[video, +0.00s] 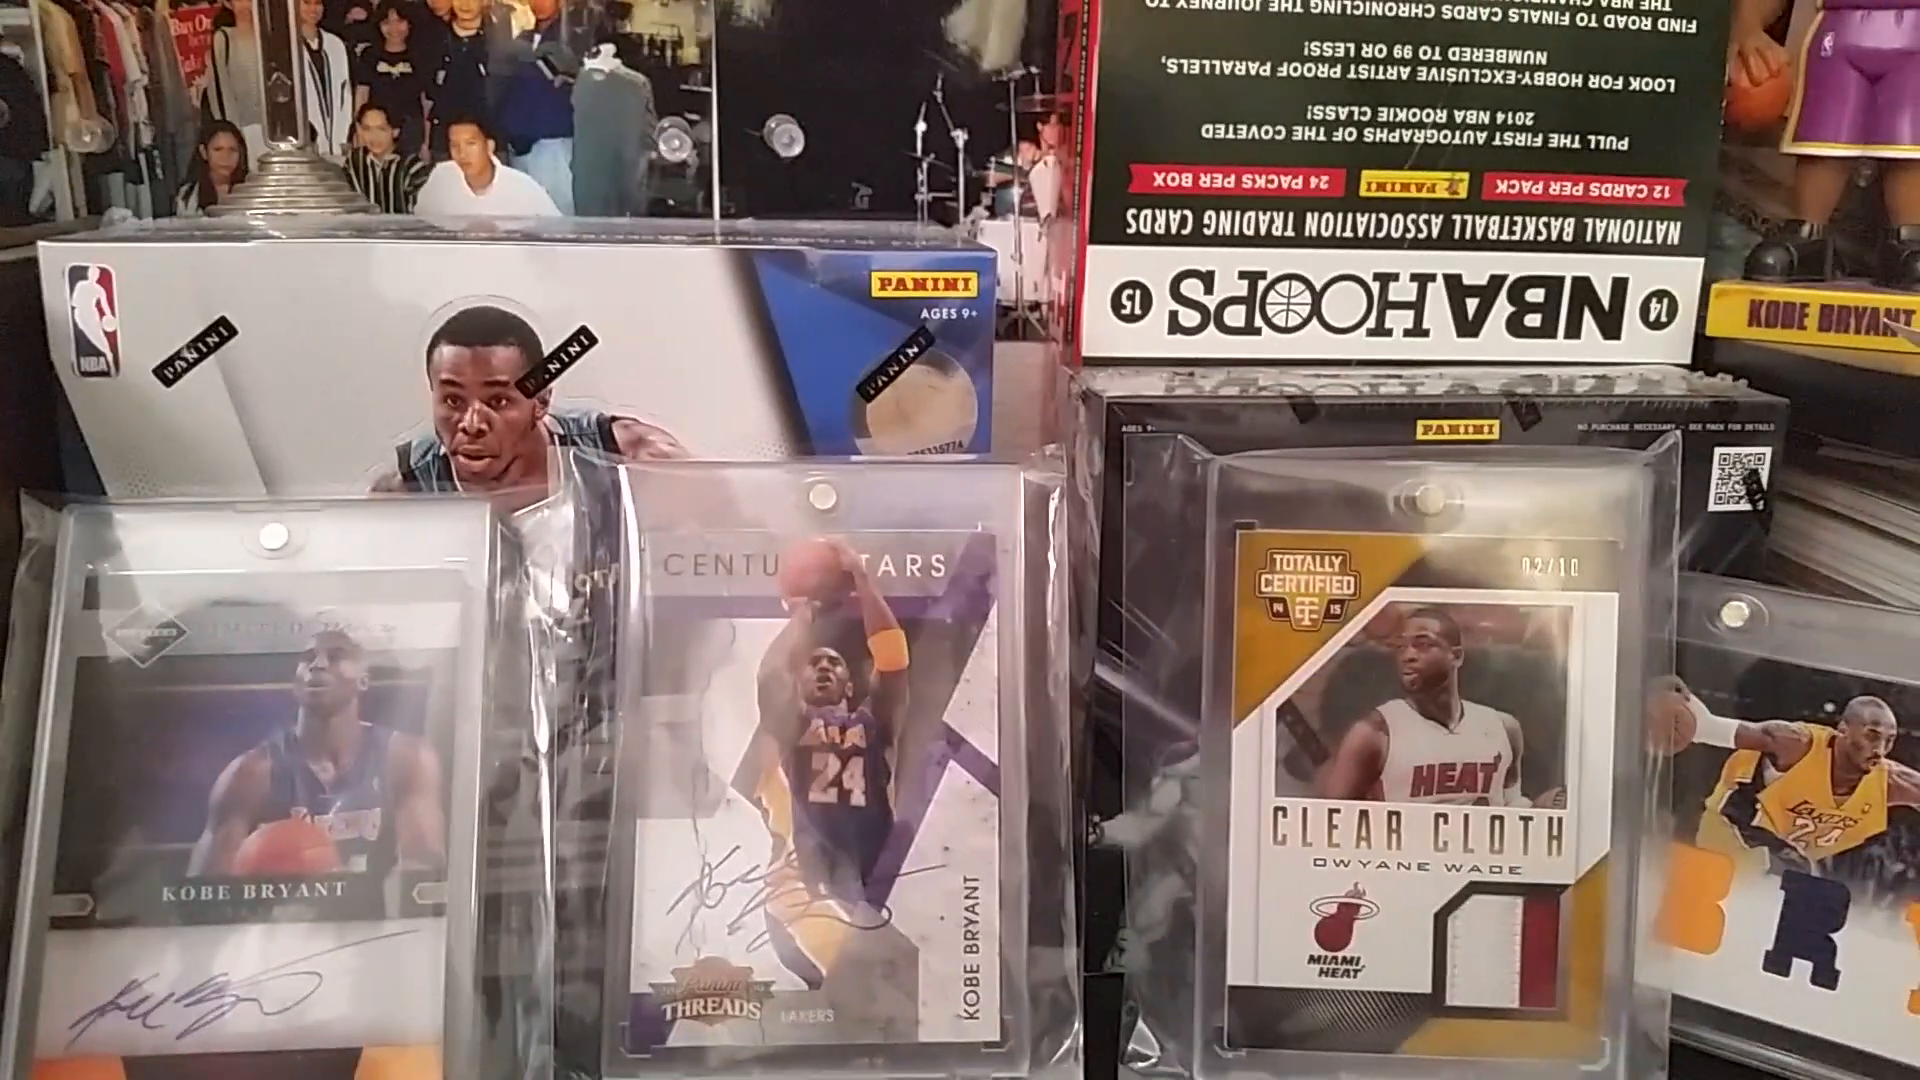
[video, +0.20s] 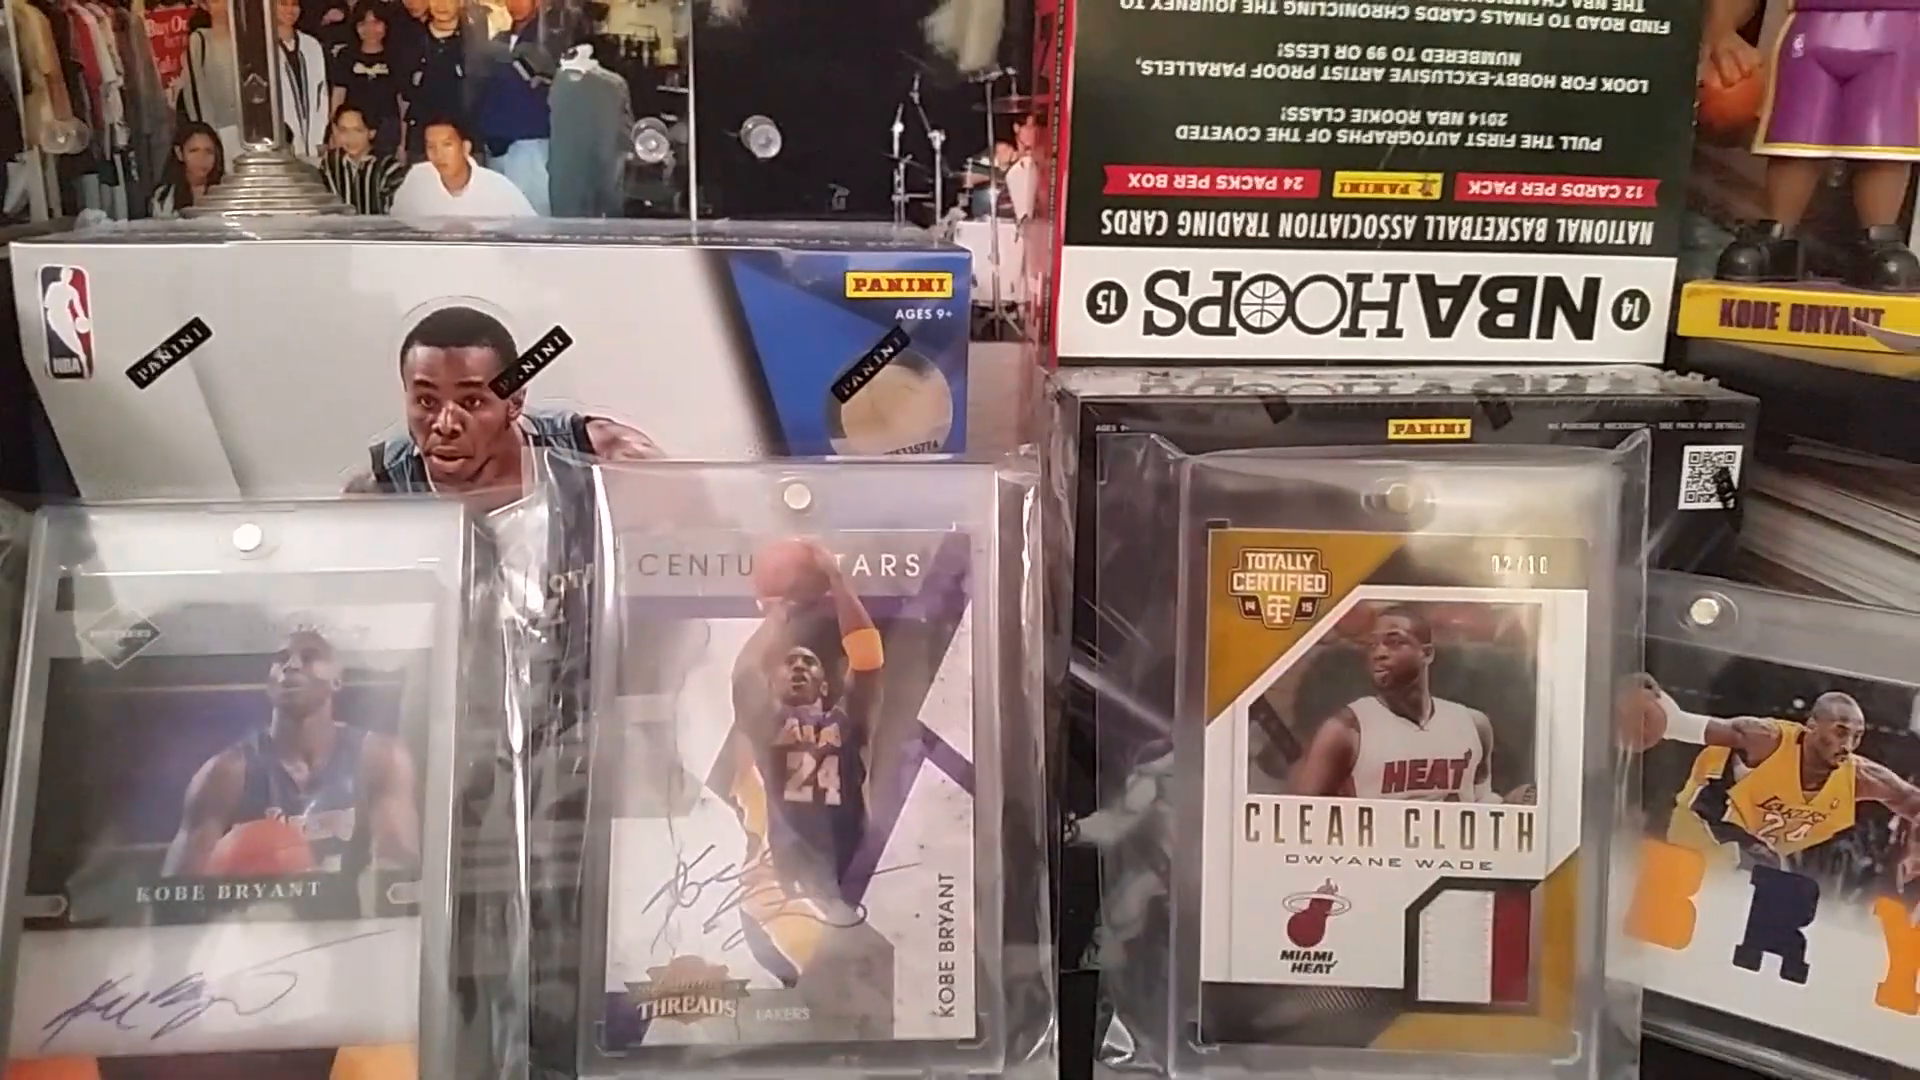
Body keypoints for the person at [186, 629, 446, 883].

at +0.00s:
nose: (318, 665)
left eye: (336, 656)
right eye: (308, 657)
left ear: (364, 677)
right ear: (294, 676)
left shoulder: (409, 759)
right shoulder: (248, 775)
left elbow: (423, 871)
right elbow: (202, 896)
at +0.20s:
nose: (291, 667)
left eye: (309, 658)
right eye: (281, 659)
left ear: (338, 678)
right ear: (268, 677)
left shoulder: (383, 759)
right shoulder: (223, 775)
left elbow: (398, 874)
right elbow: (175, 894)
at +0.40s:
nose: (308, 660)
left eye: (327, 651)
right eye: (298, 651)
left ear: (355, 669)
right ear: (285, 668)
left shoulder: (399, 750)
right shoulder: (240, 767)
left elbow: (413, 864)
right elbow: (191, 887)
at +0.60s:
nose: (315, 661)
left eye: (332, 652)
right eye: (306, 653)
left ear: (361, 672)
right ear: (293, 670)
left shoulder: (406, 751)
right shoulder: (249, 768)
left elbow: (420, 863)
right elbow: (200, 888)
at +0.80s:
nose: (333, 656)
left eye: (350, 648)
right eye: (325, 648)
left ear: (380, 666)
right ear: (312, 665)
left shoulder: (425, 745)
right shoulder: (267, 761)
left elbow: (438, 851)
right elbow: (220, 877)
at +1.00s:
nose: (351, 654)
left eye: (369, 646)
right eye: (343, 645)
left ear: (398, 663)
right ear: (330, 661)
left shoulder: (442, 743)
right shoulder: (286, 757)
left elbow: (455, 849)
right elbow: (238, 869)